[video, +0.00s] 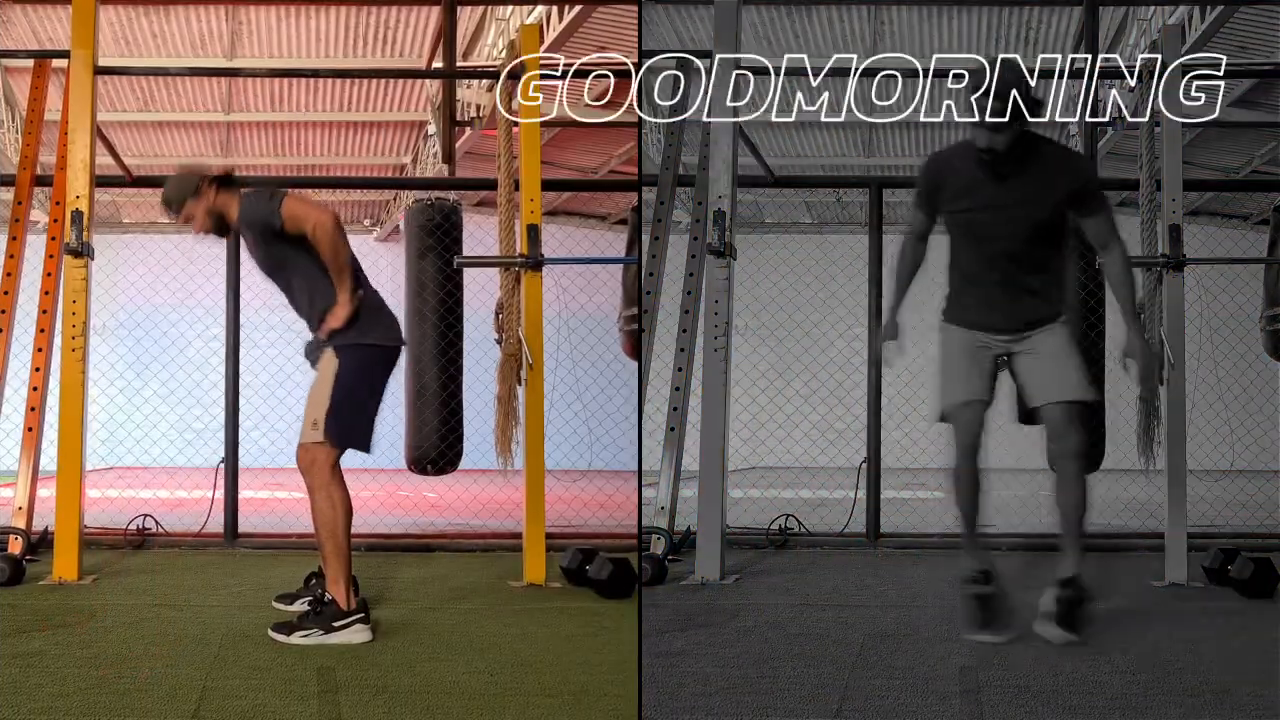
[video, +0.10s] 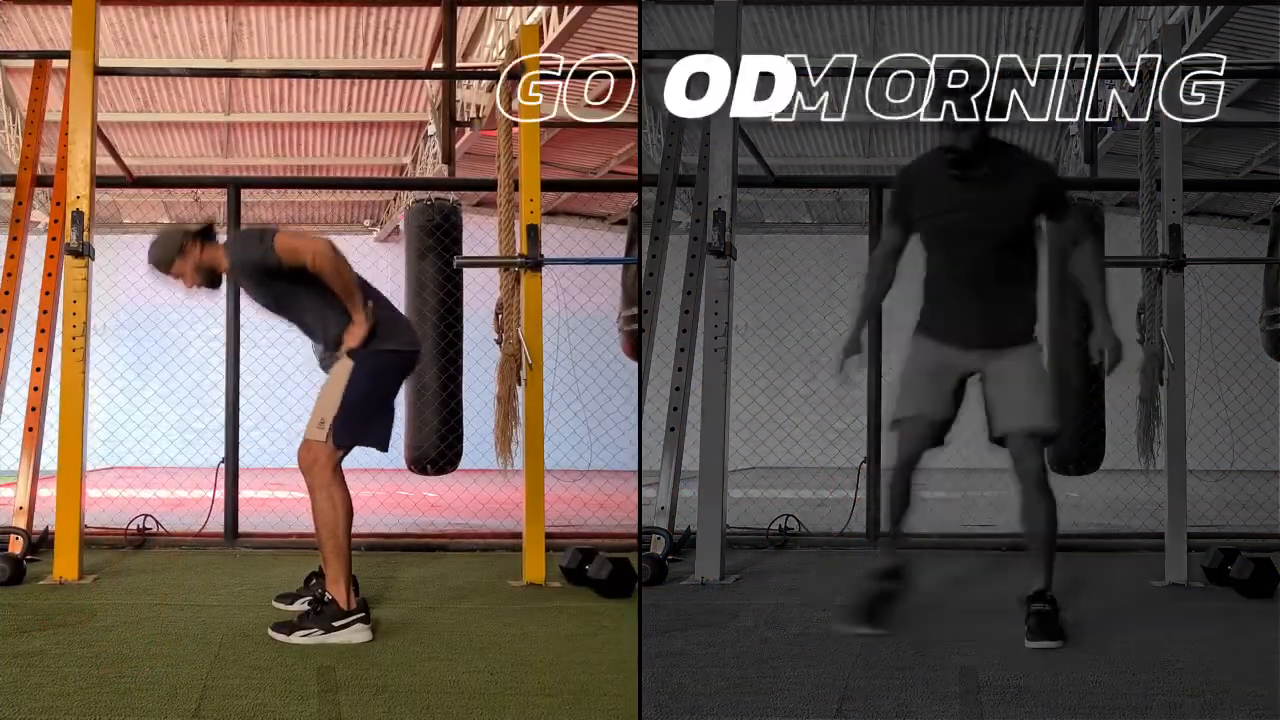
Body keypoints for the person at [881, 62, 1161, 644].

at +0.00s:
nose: (986, 138)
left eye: (998, 127)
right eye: (979, 126)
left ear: (1023, 120)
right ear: (968, 118)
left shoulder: (1065, 169)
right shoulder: (943, 168)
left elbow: (1109, 248)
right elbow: (916, 237)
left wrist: (1135, 331)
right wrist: (892, 310)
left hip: (1045, 326)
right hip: (967, 325)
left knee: (1068, 442)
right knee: (965, 439)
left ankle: (1070, 577)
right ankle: (975, 564)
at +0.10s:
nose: (951, 127)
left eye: (962, 117)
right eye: (944, 116)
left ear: (988, 117)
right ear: (934, 118)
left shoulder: (1028, 173)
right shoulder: (920, 176)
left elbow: (1079, 241)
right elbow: (886, 253)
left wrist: (1102, 321)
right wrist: (858, 326)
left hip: (1011, 342)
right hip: (939, 340)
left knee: (1031, 469)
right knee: (904, 455)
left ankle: (1042, 595)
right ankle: (890, 567)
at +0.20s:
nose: (922, 127)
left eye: (932, 116)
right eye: (913, 116)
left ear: (951, 118)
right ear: (901, 120)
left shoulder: (986, 177)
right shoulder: (878, 182)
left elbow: (1035, 252)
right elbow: (853, 262)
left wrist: (1067, 330)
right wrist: (829, 330)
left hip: (969, 353)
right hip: (894, 351)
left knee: (1008, 475)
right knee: (849, 468)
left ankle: (1039, 598)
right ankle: (824, 582)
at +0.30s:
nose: (888, 127)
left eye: (900, 117)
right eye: (880, 116)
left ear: (917, 116)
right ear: (865, 112)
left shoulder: (939, 171)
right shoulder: (832, 170)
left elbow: (983, 246)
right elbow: (800, 253)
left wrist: (1013, 314)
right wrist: (805, 320)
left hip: (916, 348)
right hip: (844, 347)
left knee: (956, 465)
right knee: (818, 469)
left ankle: (1014, 590)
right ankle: (814, 588)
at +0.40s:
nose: (851, 122)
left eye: (862, 111)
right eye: (841, 110)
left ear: (879, 109)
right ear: (824, 109)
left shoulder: (908, 162)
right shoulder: (797, 160)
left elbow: (941, 235)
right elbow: (756, 236)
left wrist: (962, 309)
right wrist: (770, 301)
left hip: (878, 324)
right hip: (808, 323)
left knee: (887, 441)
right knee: (793, 449)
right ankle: (803, 576)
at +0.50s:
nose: (806, 149)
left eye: (816, 138)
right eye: (798, 136)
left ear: (840, 135)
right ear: (788, 133)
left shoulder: (878, 180)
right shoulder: (766, 178)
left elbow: (911, 241)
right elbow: (724, 257)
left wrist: (916, 314)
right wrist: (719, 330)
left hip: (848, 330)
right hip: (778, 325)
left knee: (829, 454)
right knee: (734, 439)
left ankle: (804, 576)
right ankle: (738, 543)